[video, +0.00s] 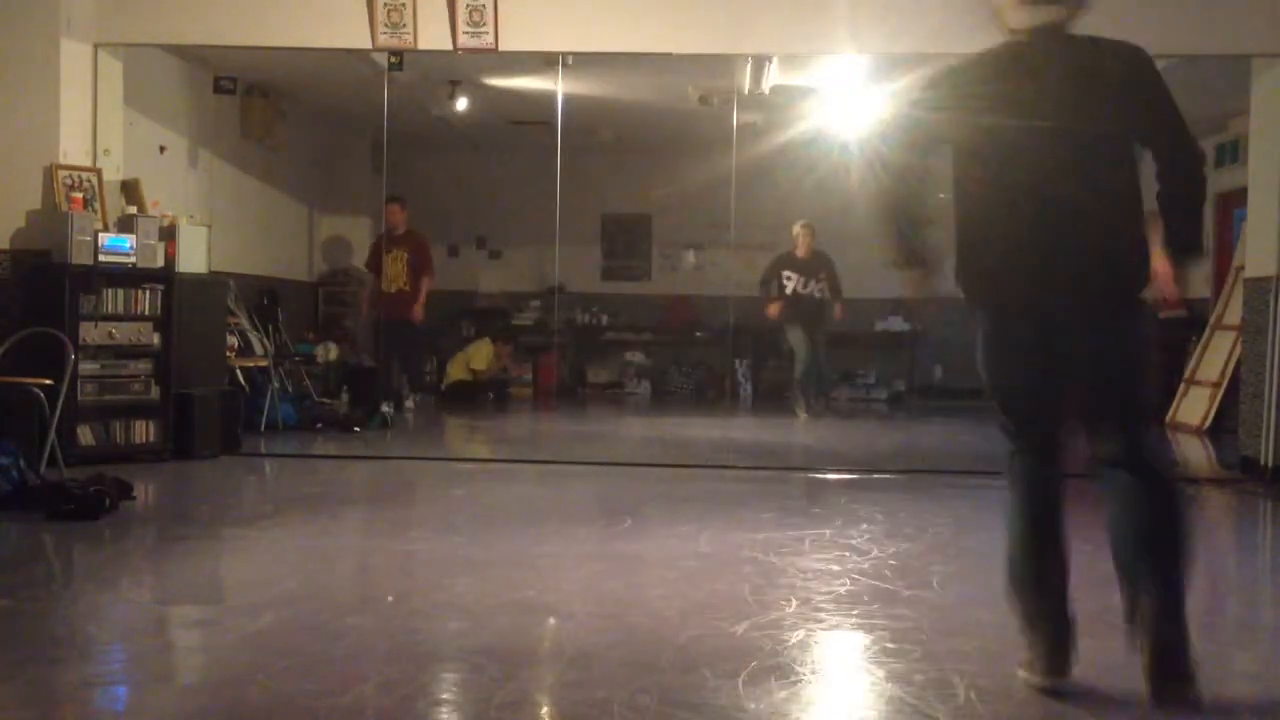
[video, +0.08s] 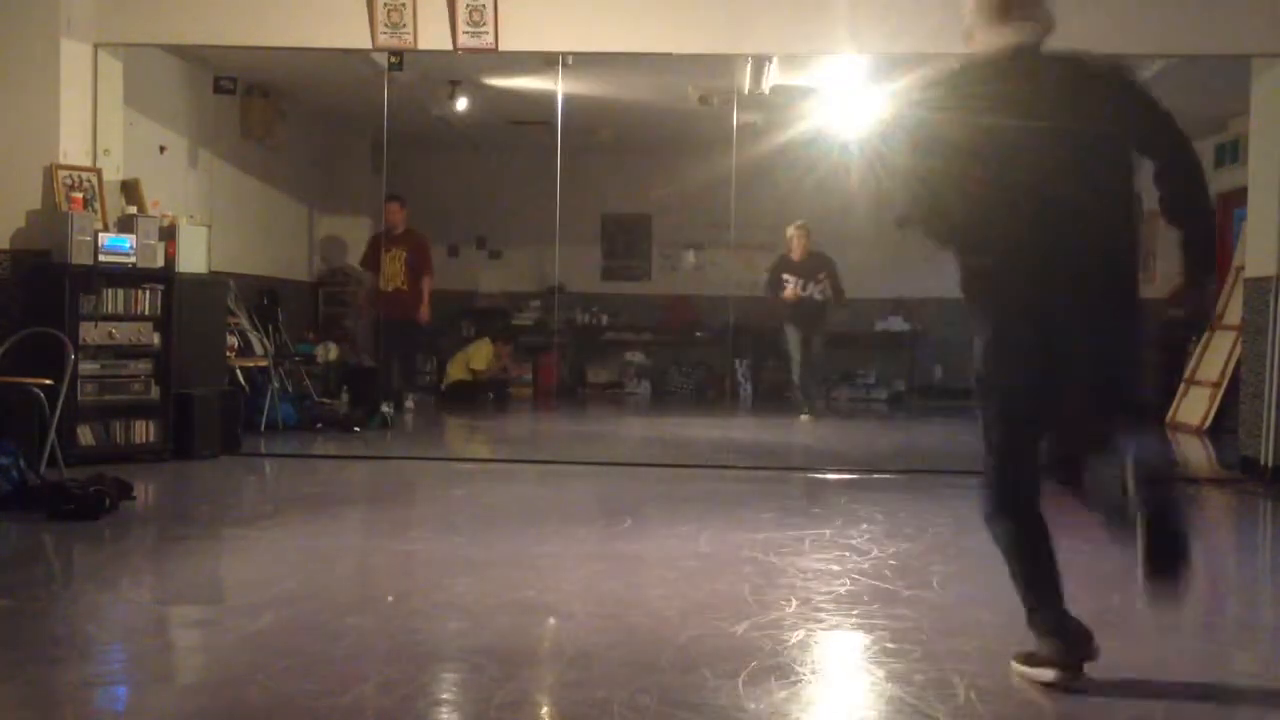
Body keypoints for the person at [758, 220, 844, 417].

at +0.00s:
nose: (806, 240)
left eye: (809, 236)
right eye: (802, 236)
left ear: (814, 238)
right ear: (795, 238)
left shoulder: (823, 260)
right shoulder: (783, 260)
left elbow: (833, 283)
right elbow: (765, 281)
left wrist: (837, 302)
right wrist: (770, 301)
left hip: (816, 314)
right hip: (791, 314)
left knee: (817, 355)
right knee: (803, 352)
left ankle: (816, 398)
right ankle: (799, 397)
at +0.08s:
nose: (800, 242)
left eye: (803, 237)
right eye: (796, 238)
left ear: (809, 239)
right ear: (789, 241)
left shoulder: (822, 261)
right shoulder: (781, 263)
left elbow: (838, 293)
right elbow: (770, 291)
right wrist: (784, 296)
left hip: (817, 315)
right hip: (792, 315)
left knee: (817, 357)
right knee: (798, 359)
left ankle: (816, 399)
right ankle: (803, 406)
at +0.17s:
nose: (800, 240)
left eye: (803, 235)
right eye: (796, 236)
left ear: (809, 237)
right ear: (789, 238)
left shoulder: (822, 260)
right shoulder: (782, 263)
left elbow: (837, 281)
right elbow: (774, 290)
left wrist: (842, 299)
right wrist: (787, 300)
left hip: (814, 315)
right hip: (791, 316)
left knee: (811, 360)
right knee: (793, 362)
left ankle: (811, 402)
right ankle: (802, 406)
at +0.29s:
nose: (808, 233)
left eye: (811, 228)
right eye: (804, 228)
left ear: (814, 231)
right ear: (796, 231)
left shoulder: (823, 253)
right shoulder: (785, 254)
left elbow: (835, 276)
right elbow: (768, 283)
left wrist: (842, 297)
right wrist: (772, 306)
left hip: (814, 310)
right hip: (790, 311)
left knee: (812, 356)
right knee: (796, 357)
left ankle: (814, 401)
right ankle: (801, 402)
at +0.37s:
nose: (810, 236)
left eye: (813, 232)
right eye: (806, 232)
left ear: (817, 235)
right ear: (798, 234)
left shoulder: (822, 258)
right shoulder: (784, 257)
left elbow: (838, 279)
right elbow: (761, 279)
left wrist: (833, 304)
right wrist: (756, 306)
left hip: (814, 316)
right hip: (790, 315)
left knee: (816, 361)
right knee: (797, 358)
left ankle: (809, 403)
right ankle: (785, 394)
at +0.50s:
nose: (800, 237)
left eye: (803, 232)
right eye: (796, 233)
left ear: (808, 234)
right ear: (788, 236)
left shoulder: (820, 258)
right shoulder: (781, 259)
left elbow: (830, 278)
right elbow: (760, 278)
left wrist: (830, 298)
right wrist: (758, 303)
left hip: (814, 312)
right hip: (789, 312)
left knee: (814, 359)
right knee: (795, 357)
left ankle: (807, 403)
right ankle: (786, 404)